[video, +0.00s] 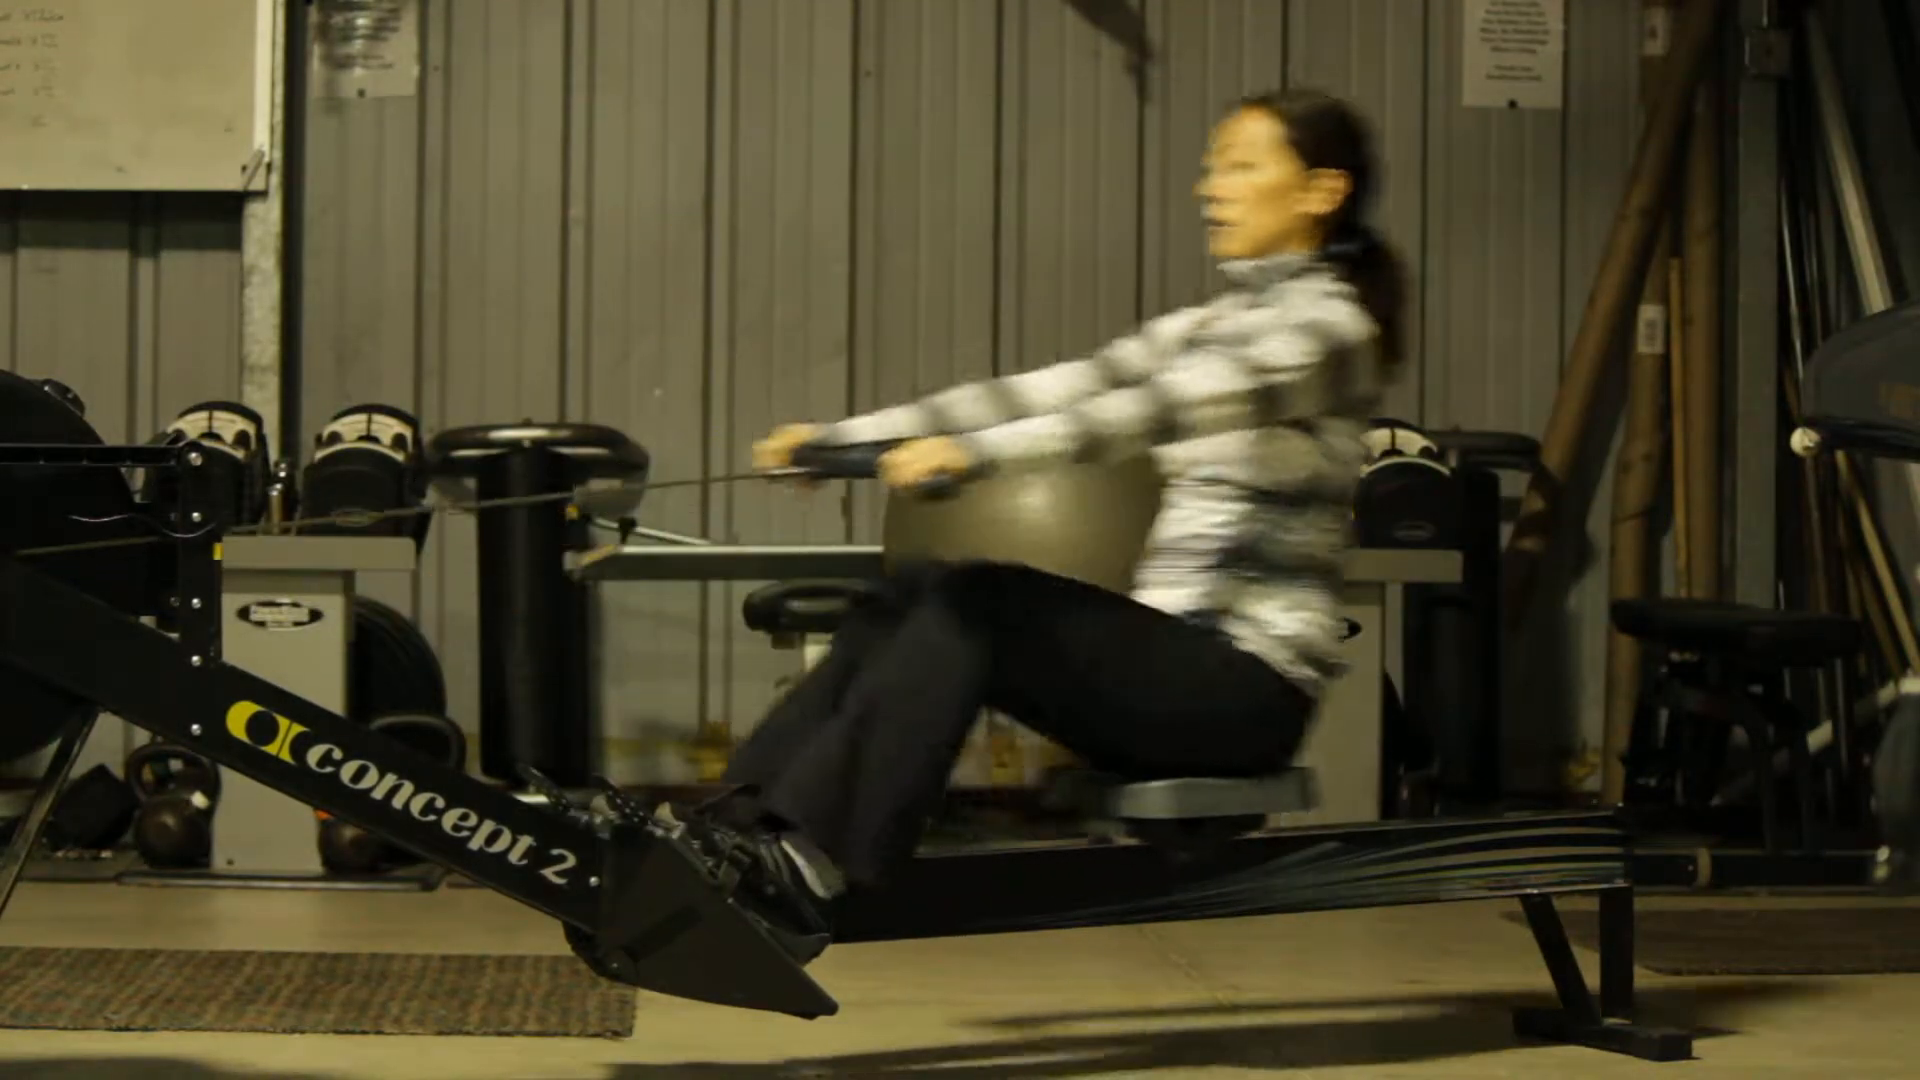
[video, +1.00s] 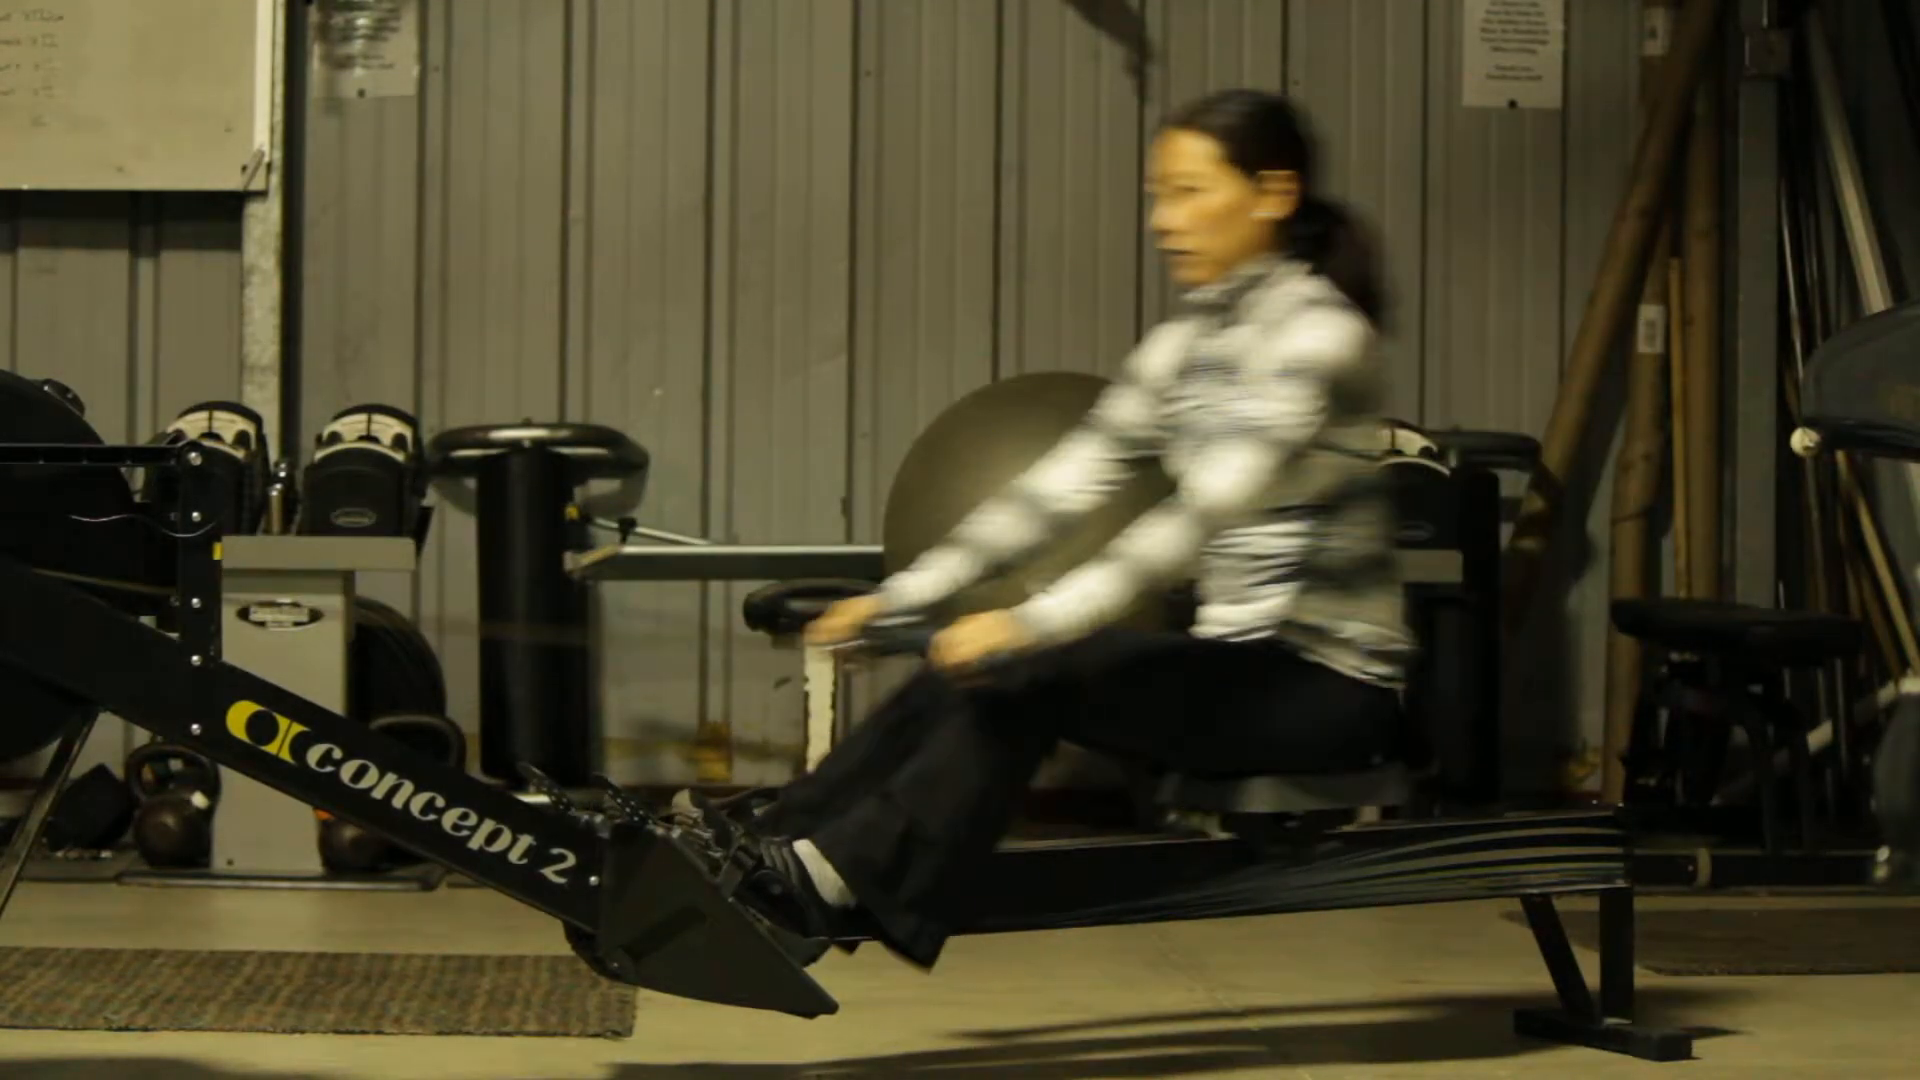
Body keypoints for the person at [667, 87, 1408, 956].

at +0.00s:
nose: (1209, 189)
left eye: (1239, 168)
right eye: (1213, 169)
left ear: (1324, 191)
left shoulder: (1327, 322)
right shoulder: (1217, 319)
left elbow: (1161, 405)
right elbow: (1057, 388)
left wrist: (980, 450)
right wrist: (849, 438)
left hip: (1250, 685)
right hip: (1171, 664)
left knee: (967, 602)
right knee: (904, 596)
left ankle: (815, 868)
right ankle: (734, 830)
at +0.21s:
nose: (1383, 243)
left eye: (1406, 223)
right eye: (1380, 224)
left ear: (1488, 233)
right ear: (1387, 235)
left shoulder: (1498, 355)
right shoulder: (1367, 357)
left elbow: (1412, 463)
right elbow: (1237, 445)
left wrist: (1208, 462)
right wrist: (1050, 459)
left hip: (1360, 680)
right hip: (1268, 656)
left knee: (1050, 681)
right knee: (987, 671)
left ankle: (812, 886)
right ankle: (749, 846)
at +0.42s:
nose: (1462, 309)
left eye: (1482, 285)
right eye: (1457, 287)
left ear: (1560, 289)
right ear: (1479, 292)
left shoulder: (1591, 414)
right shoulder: (1470, 407)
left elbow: (1600, 579)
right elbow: (1401, 534)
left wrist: (1426, 507)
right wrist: (1266, 503)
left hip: (1386, 686)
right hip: (1300, 659)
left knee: (1095, 732)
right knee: (1037, 709)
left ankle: (802, 884)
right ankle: (764, 851)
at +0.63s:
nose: (1460, 318)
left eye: (1479, 292)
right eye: (1453, 296)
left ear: (1556, 290)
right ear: (1475, 299)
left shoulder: (1603, 421)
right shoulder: (1473, 406)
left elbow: (1638, 610)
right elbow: (1434, 527)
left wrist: (1521, 511)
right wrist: (1342, 507)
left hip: (1391, 683)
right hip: (1299, 655)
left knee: (1099, 737)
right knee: (1041, 717)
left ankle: (800, 879)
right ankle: (762, 841)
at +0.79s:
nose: (1380, 275)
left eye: (1397, 252)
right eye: (1372, 253)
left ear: (1480, 242)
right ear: (1385, 252)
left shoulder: (1529, 372)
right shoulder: (1401, 365)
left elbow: (1526, 558)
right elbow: (1339, 524)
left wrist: (1337, 534)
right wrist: (1192, 529)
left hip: (1394, 681)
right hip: (1305, 657)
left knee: (1106, 738)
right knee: (1041, 720)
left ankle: (818, 887)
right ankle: (754, 848)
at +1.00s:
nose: (1164, 220)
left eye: (1189, 193)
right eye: (1160, 196)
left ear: (1275, 196)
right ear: (1156, 197)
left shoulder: (1321, 334)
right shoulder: (1182, 341)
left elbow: (1198, 518)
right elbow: (1061, 487)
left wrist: (1032, 622)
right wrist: (892, 600)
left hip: (1332, 681)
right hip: (1230, 659)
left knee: (1022, 686)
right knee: (966, 663)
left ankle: (827, 884)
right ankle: (766, 849)